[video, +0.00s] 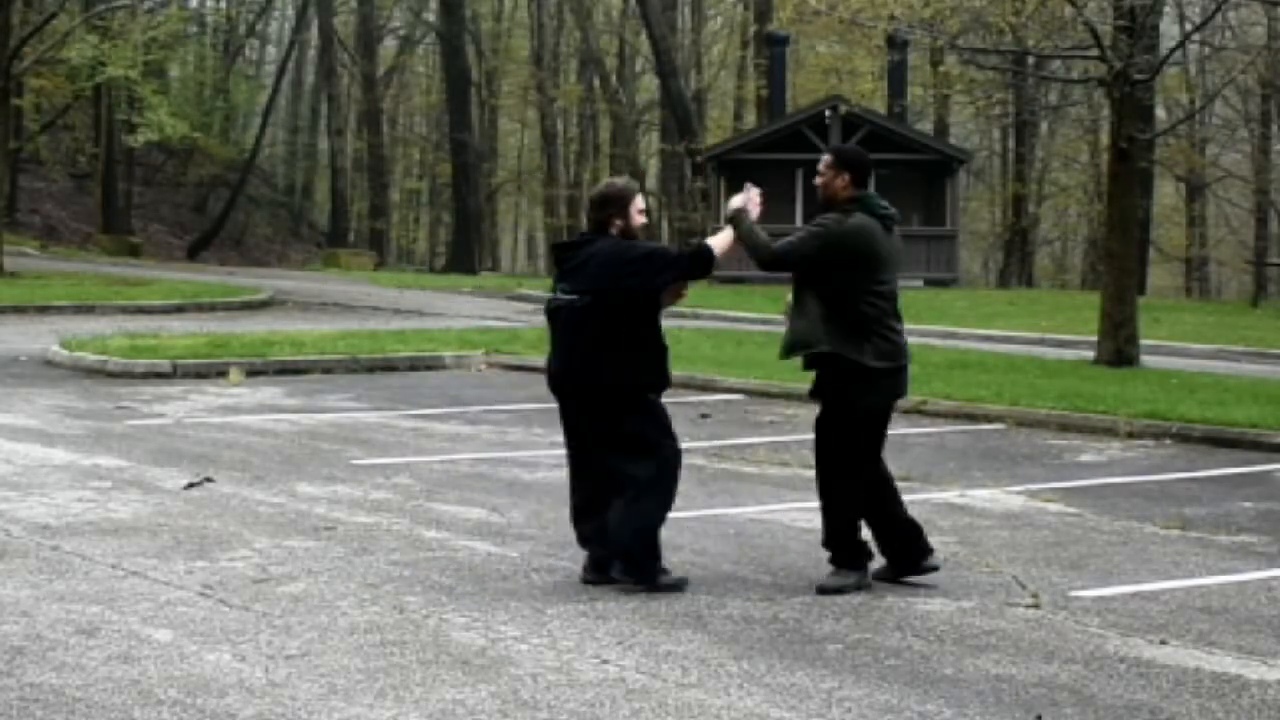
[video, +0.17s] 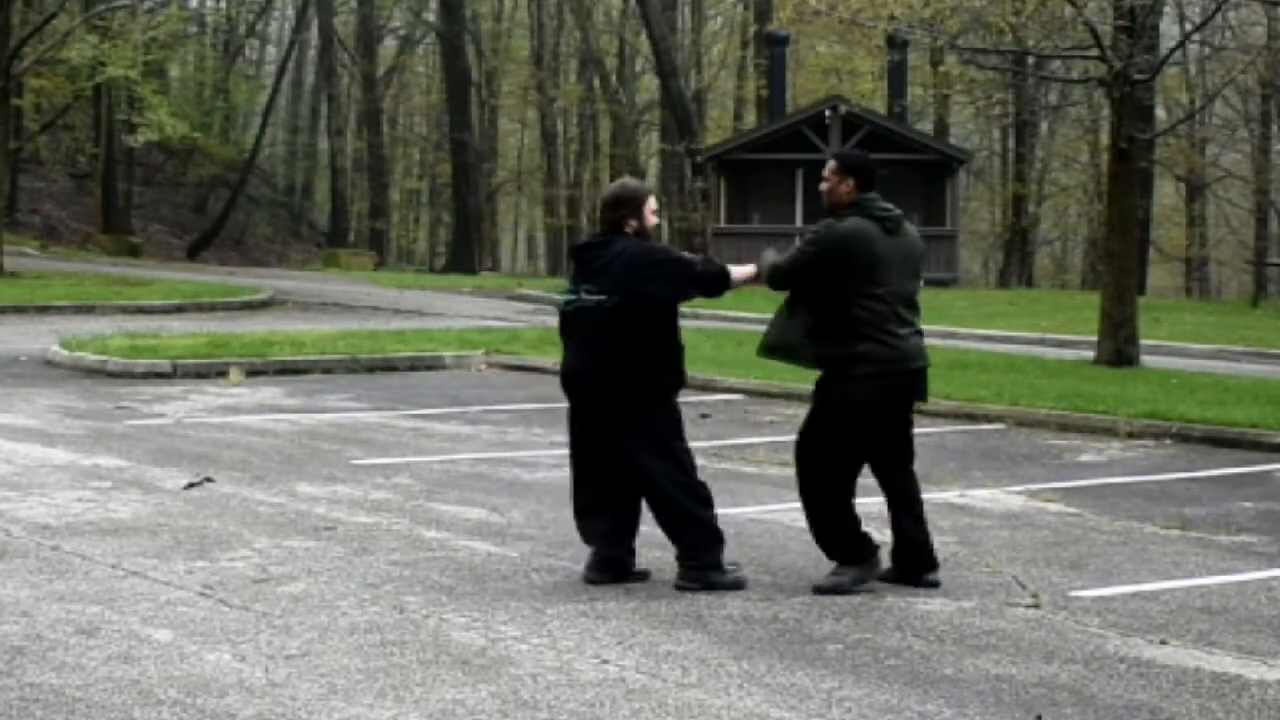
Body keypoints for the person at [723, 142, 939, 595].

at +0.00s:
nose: (815, 179)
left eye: (822, 173)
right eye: (817, 172)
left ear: (845, 180)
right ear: (850, 181)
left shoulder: (842, 229)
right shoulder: (871, 224)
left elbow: (771, 257)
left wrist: (740, 217)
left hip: (853, 371)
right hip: (876, 368)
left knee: (838, 466)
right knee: (860, 462)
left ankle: (850, 565)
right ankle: (909, 553)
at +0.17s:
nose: (822, 187)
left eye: (828, 180)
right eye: (823, 179)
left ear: (850, 186)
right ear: (862, 186)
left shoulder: (838, 235)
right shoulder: (906, 234)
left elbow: (780, 275)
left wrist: (772, 258)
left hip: (853, 374)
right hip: (902, 370)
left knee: (816, 458)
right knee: (896, 468)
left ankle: (855, 556)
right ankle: (915, 563)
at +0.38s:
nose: (819, 189)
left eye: (827, 183)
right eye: (821, 182)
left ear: (851, 190)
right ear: (858, 191)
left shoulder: (838, 243)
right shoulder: (895, 232)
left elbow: (792, 295)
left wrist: (763, 338)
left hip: (853, 378)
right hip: (900, 374)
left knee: (820, 461)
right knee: (887, 467)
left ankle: (816, 573)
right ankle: (914, 563)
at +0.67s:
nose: (802, 189)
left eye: (811, 183)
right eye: (803, 181)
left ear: (838, 189)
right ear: (827, 190)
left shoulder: (850, 242)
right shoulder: (828, 230)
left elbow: (796, 297)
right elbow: (780, 242)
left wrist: (739, 323)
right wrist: (736, 203)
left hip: (843, 380)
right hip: (846, 376)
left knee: (811, 469)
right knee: (866, 472)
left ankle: (809, 575)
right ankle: (911, 561)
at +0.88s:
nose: (786, 194)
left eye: (796, 190)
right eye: (788, 186)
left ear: (826, 200)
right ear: (820, 199)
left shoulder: (838, 251)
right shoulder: (819, 222)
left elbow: (777, 292)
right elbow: (783, 192)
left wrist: (708, 311)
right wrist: (755, 211)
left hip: (847, 378)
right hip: (849, 373)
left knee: (808, 459)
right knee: (863, 466)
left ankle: (820, 574)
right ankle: (913, 560)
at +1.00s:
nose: (780, 216)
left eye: (788, 209)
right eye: (779, 207)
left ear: (813, 209)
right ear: (811, 207)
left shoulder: (829, 252)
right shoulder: (816, 236)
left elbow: (760, 275)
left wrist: (690, 266)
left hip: (839, 376)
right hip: (825, 371)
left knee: (809, 470)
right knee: (824, 464)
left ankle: (824, 574)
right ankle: (893, 538)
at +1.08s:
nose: (770, 222)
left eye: (777, 216)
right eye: (770, 214)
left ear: (803, 217)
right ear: (796, 216)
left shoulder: (826, 254)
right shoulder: (789, 237)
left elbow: (749, 270)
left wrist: (694, 240)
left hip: (837, 373)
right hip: (806, 369)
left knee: (796, 456)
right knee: (787, 452)